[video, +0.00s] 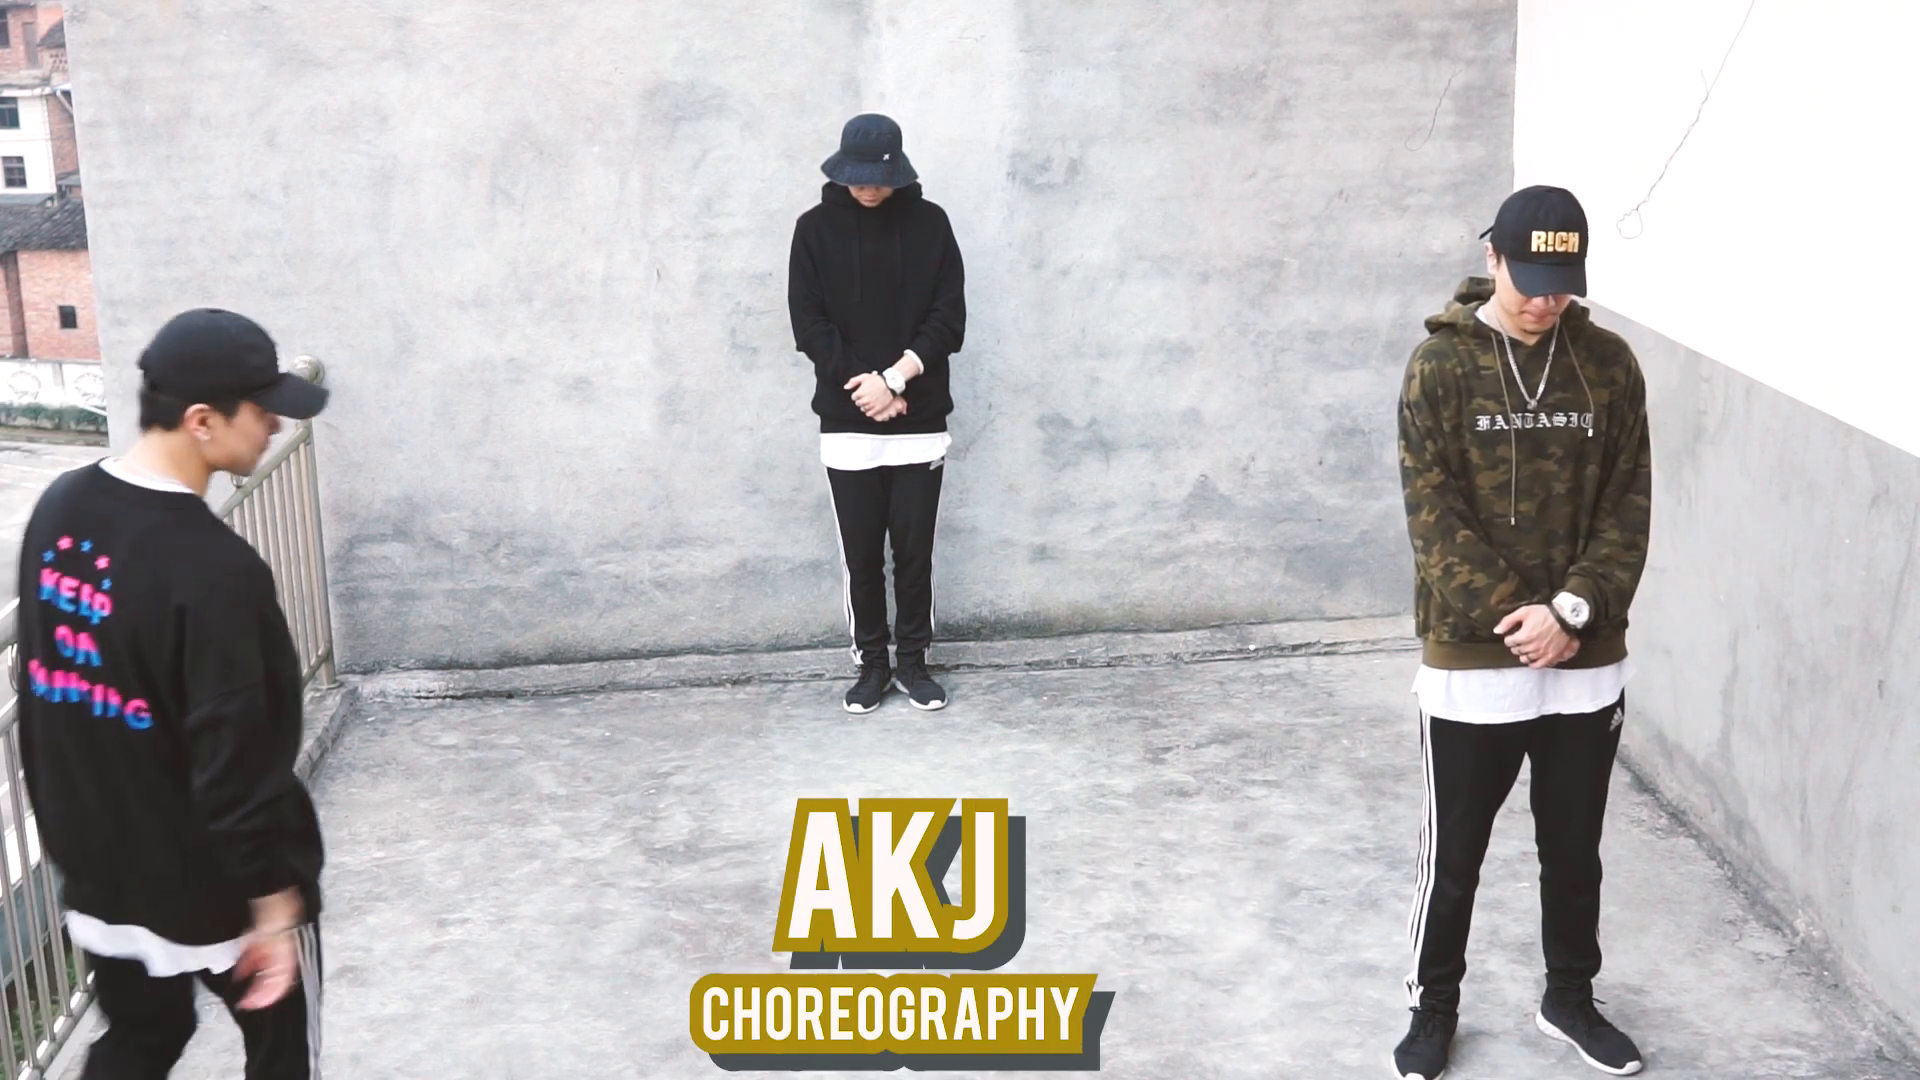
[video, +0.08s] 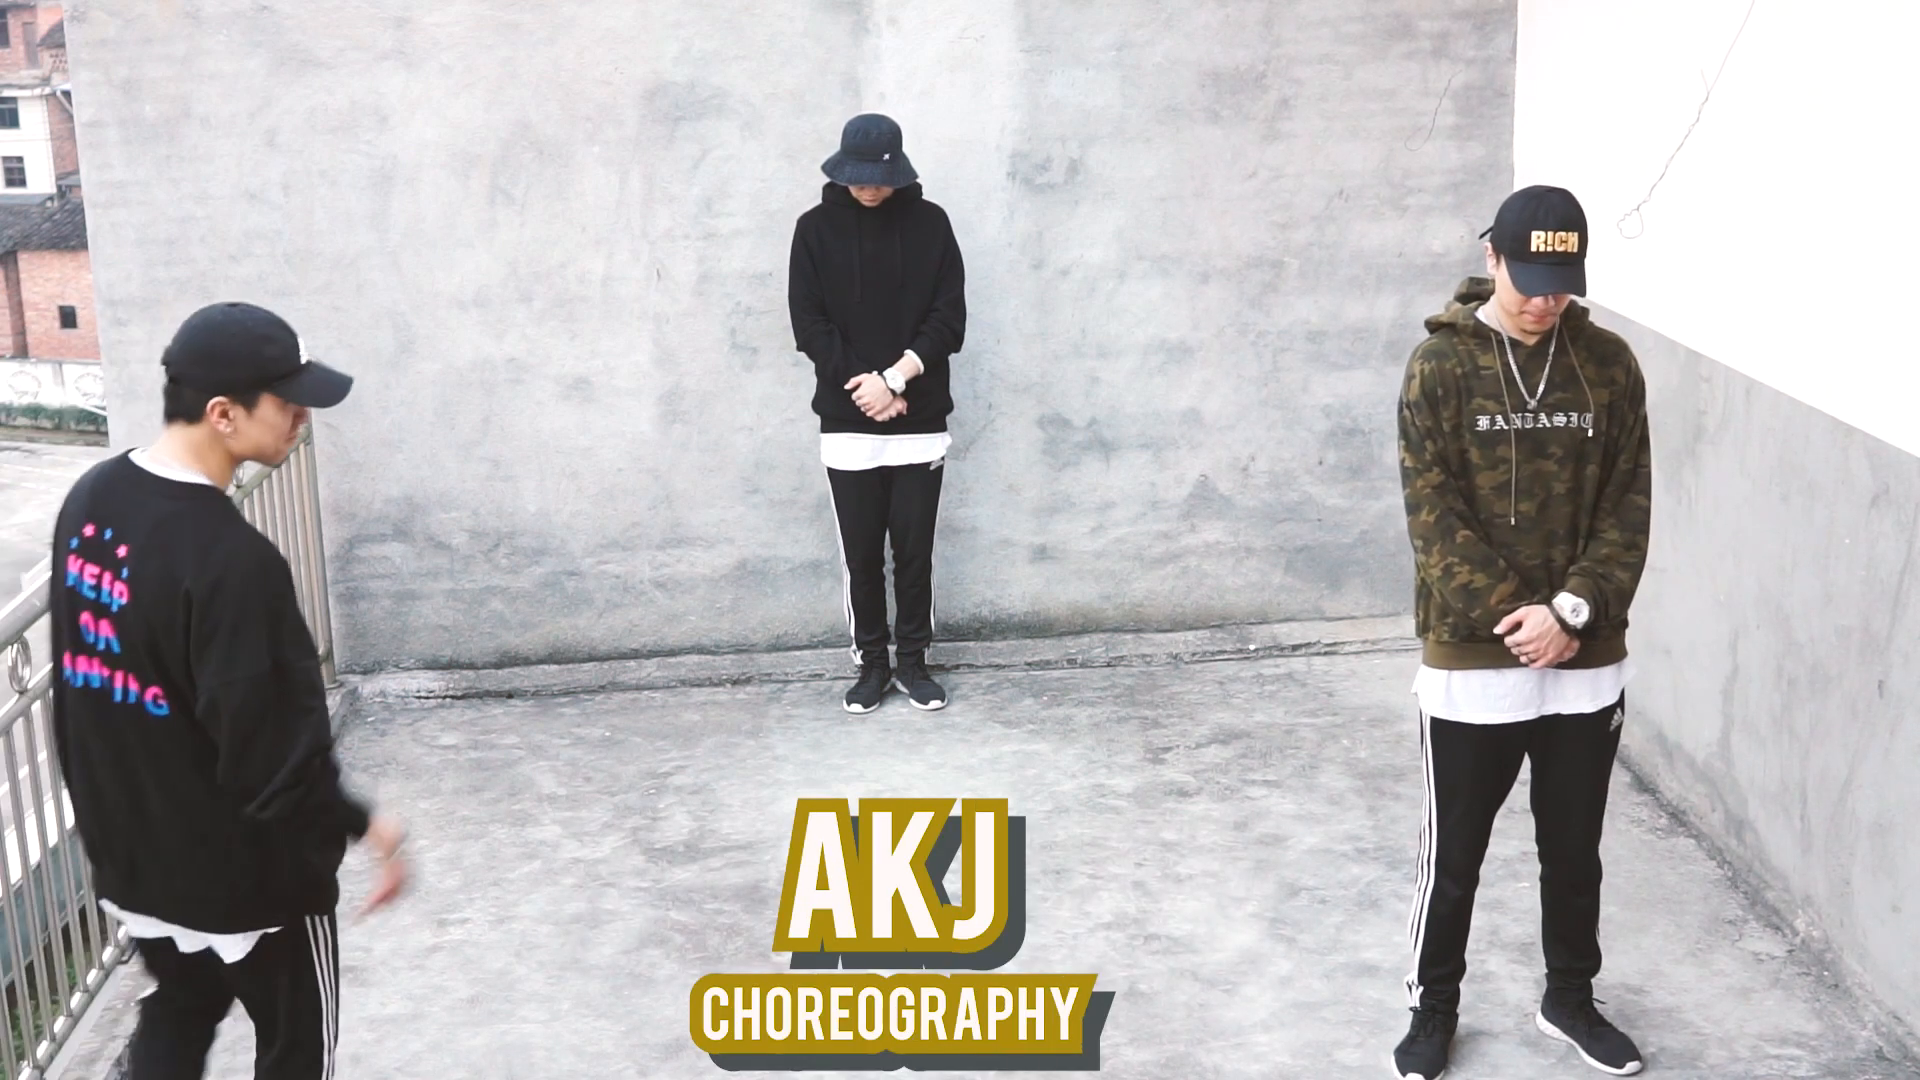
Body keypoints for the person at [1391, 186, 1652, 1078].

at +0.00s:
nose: (1549, 300)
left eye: (1564, 284)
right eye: (1533, 281)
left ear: (1584, 271)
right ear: (1494, 258)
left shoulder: (1611, 363)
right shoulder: (1442, 360)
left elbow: (1629, 507)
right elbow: (1432, 513)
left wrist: (1576, 611)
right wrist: (1521, 619)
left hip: (1585, 660)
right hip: (1471, 661)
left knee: (1575, 848)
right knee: (1453, 852)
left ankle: (1571, 998)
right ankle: (1433, 1007)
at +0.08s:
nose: (1548, 300)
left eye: (1564, 284)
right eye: (1532, 281)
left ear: (1584, 271)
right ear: (1494, 258)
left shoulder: (1611, 363)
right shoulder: (1442, 360)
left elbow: (1628, 507)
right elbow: (1432, 513)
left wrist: (1577, 611)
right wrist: (1521, 619)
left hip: (1585, 660)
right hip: (1471, 662)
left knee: (1575, 848)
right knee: (1453, 853)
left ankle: (1571, 998)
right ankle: (1433, 1007)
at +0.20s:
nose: (1547, 300)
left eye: (1563, 284)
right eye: (1532, 281)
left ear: (1583, 271)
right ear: (1493, 258)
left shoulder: (1610, 363)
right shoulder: (1442, 361)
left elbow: (1629, 508)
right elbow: (1432, 514)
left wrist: (1577, 612)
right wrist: (1520, 619)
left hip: (1585, 660)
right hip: (1471, 663)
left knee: (1575, 849)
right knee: (1453, 853)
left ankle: (1571, 998)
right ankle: (1433, 1007)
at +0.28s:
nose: (1546, 300)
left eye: (1562, 284)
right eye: (1531, 281)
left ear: (1583, 271)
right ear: (1493, 258)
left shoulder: (1610, 363)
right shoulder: (1442, 362)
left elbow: (1629, 508)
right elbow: (1432, 513)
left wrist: (1577, 612)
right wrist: (1520, 619)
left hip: (1585, 660)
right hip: (1471, 662)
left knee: (1575, 849)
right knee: (1453, 853)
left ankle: (1571, 998)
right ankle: (1433, 1007)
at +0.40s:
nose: (1546, 300)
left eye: (1561, 284)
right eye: (1530, 281)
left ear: (1582, 271)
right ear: (1492, 259)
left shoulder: (1609, 363)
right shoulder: (1441, 363)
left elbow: (1629, 508)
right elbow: (1433, 514)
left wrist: (1576, 612)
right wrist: (1520, 620)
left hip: (1585, 660)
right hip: (1471, 662)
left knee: (1575, 850)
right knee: (1453, 854)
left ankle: (1571, 998)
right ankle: (1433, 1007)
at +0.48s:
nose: (1545, 300)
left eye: (1560, 284)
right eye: (1529, 281)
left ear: (1581, 272)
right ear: (1491, 259)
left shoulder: (1609, 364)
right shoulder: (1441, 363)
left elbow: (1628, 508)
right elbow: (1432, 514)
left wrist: (1576, 612)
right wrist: (1519, 620)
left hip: (1584, 661)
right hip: (1471, 662)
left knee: (1575, 851)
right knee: (1453, 854)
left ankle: (1571, 998)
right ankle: (1433, 1007)